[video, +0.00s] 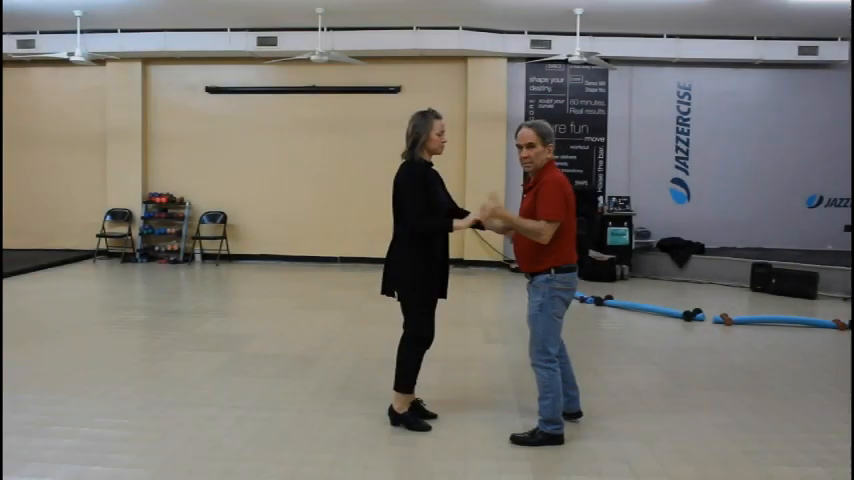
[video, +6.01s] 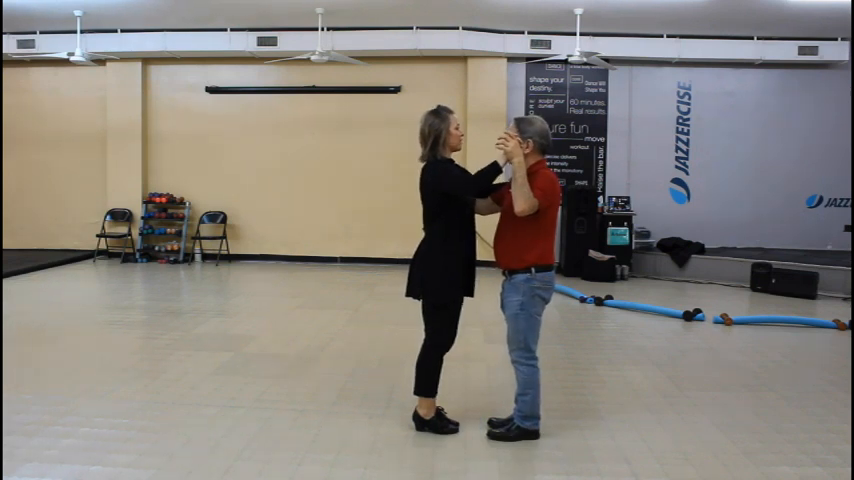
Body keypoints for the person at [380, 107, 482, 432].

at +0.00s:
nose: (444, 139)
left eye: (444, 134)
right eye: (440, 134)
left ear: (427, 137)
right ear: (423, 136)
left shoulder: (427, 172)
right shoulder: (411, 173)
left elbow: (450, 211)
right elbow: (420, 222)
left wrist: (483, 222)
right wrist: (459, 224)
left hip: (424, 270)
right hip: (411, 271)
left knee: (421, 333)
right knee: (417, 334)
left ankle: (407, 399)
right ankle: (399, 406)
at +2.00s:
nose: (452, 132)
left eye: (450, 127)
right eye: (446, 128)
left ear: (435, 133)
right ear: (430, 134)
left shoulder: (440, 169)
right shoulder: (426, 170)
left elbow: (477, 183)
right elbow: (460, 184)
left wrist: (509, 167)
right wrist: (484, 154)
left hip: (440, 267)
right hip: (429, 269)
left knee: (442, 335)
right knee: (438, 336)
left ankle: (426, 405)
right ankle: (424, 409)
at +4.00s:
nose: (456, 133)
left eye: (454, 128)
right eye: (450, 128)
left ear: (436, 133)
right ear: (436, 133)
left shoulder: (440, 168)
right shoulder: (431, 170)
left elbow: (472, 195)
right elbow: (465, 185)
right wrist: (490, 156)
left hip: (442, 266)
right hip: (435, 267)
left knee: (437, 338)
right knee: (435, 339)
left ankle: (426, 408)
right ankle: (425, 411)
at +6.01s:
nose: (462, 133)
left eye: (460, 127)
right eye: (456, 128)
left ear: (441, 133)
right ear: (442, 133)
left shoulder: (442, 167)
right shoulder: (439, 169)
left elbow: (473, 196)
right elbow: (473, 186)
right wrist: (501, 161)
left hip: (444, 267)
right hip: (441, 269)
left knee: (439, 339)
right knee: (437, 340)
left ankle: (427, 407)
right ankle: (424, 411)